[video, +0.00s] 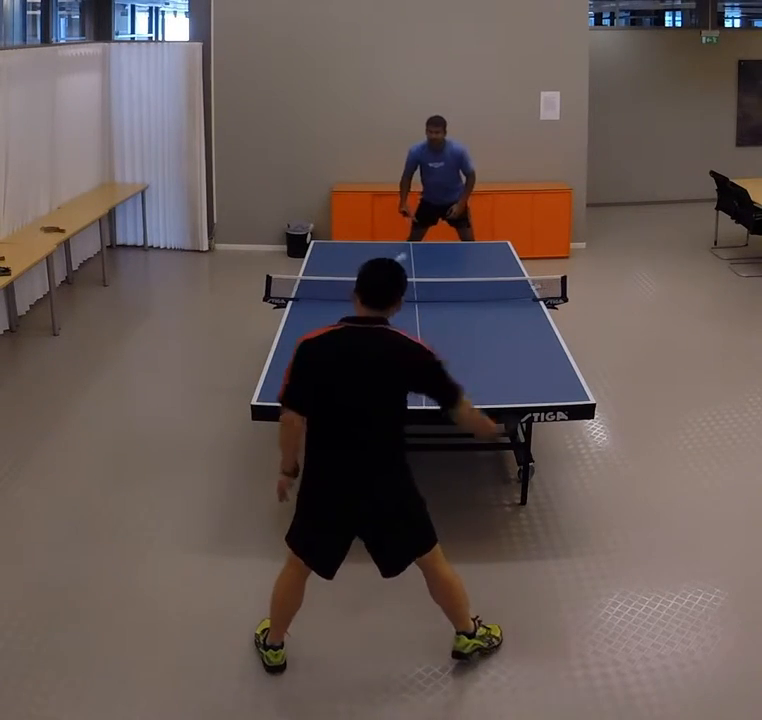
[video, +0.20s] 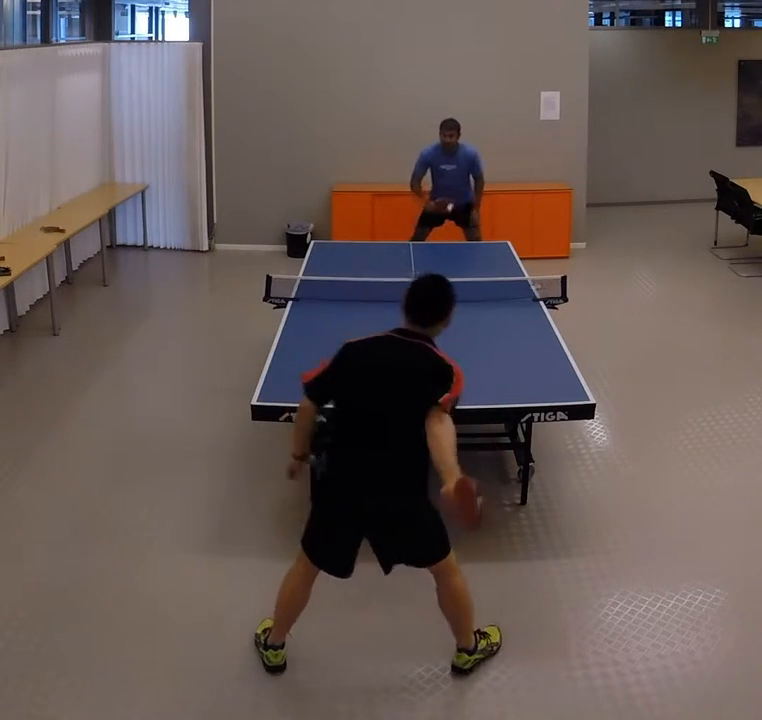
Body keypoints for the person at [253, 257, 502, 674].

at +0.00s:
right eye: (398, 298)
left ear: (355, 295)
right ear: (399, 302)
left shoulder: (313, 346)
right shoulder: (408, 352)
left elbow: (292, 416)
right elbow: (459, 409)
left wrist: (289, 469)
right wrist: (490, 429)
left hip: (326, 484)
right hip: (388, 484)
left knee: (297, 566)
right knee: (432, 563)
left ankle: (273, 643)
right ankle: (468, 635)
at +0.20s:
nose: (449, 319)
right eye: (450, 313)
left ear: (404, 308)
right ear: (446, 319)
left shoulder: (356, 351)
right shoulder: (442, 371)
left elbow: (309, 402)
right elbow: (438, 419)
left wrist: (299, 454)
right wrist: (451, 476)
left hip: (341, 490)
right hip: (400, 495)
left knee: (306, 565)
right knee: (445, 570)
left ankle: (273, 643)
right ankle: (467, 647)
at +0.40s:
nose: (468, 320)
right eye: (467, 314)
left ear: (422, 311)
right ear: (463, 320)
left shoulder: (380, 354)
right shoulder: (462, 376)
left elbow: (341, 419)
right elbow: (463, 454)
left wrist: (368, 455)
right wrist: (482, 517)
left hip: (364, 489)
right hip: (421, 498)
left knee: (323, 565)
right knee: (456, 567)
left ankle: (287, 646)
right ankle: (468, 647)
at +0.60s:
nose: (483, 338)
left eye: (481, 330)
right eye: (483, 331)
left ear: (437, 326)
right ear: (476, 336)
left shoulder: (393, 368)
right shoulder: (478, 396)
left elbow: (354, 418)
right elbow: (490, 472)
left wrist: (384, 451)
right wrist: (516, 489)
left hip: (369, 503)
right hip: (430, 514)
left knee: (326, 559)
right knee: (487, 563)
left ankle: (291, 645)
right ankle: (496, 645)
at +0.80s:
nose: (592, 363)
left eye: (593, 355)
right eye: (594, 356)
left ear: (552, 340)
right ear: (584, 356)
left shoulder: (493, 366)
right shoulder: (562, 421)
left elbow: (435, 405)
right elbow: (569, 506)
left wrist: (439, 455)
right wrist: (614, 549)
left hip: (432, 496)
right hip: (486, 518)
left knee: (382, 554)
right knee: (550, 564)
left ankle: (303, 616)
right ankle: (530, 641)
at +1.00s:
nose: (703, 394)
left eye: (706, 386)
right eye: (703, 384)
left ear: (669, 368)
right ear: (683, 378)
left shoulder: (610, 381)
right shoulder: (650, 438)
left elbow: (551, 406)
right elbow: (675, 529)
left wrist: (565, 452)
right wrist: (737, 561)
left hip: (511, 485)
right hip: (543, 518)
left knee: (533, 548)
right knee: (586, 580)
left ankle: (460, 594)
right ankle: (532, 640)